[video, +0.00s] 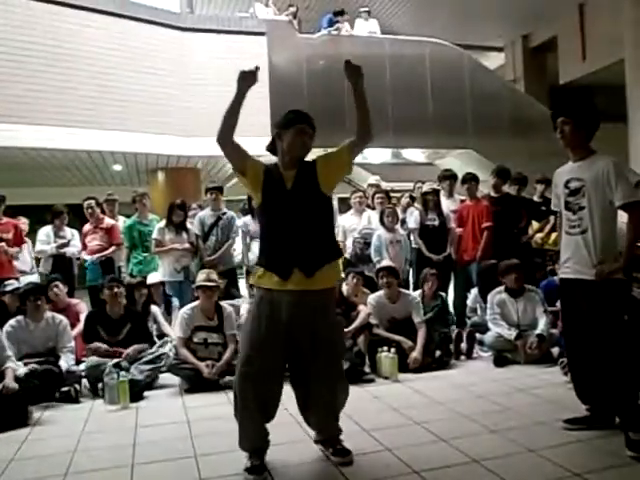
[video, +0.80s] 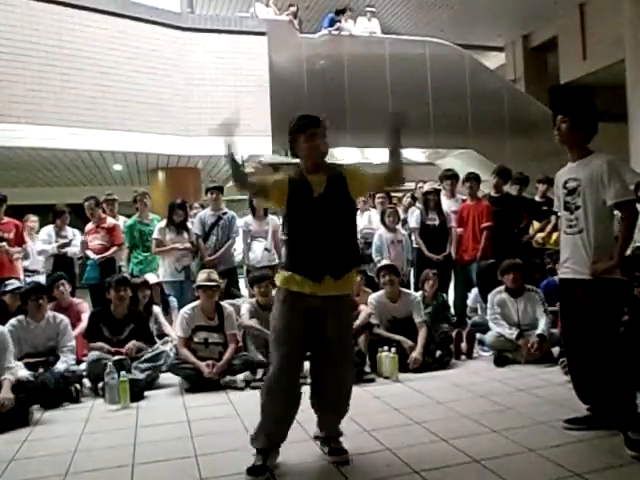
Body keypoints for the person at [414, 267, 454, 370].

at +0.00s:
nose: (430, 285)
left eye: (433, 282)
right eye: (427, 282)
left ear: (437, 284)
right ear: (423, 283)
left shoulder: (442, 298)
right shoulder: (416, 298)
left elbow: (448, 316)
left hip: (440, 330)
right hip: (424, 329)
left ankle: (445, 355)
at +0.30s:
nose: (431, 283)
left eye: (434, 280)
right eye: (428, 280)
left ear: (437, 283)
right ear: (423, 282)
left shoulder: (441, 299)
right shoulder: (417, 298)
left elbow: (440, 313)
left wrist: (423, 319)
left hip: (440, 328)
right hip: (424, 328)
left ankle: (445, 354)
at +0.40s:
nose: (431, 283)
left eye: (434, 280)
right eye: (428, 280)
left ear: (438, 283)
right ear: (423, 282)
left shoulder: (442, 299)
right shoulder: (417, 298)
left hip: (442, 329)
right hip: (425, 330)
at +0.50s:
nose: (431, 283)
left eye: (434, 280)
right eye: (428, 280)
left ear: (438, 284)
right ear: (423, 282)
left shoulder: (442, 300)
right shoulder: (417, 299)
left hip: (441, 330)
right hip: (424, 331)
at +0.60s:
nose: (431, 283)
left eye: (434, 280)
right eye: (428, 280)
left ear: (438, 284)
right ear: (423, 282)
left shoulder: (442, 301)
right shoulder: (417, 299)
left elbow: (447, 320)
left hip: (440, 332)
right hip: (423, 332)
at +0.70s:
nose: (431, 283)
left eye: (434, 281)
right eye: (428, 280)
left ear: (438, 284)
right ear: (423, 283)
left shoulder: (441, 299)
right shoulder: (418, 299)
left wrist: (423, 319)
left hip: (442, 326)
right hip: (427, 327)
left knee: (444, 335)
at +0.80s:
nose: (431, 283)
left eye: (434, 280)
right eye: (428, 280)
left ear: (438, 283)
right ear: (423, 283)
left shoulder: (441, 299)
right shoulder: (417, 299)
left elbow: (448, 315)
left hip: (440, 327)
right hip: (424, 328)